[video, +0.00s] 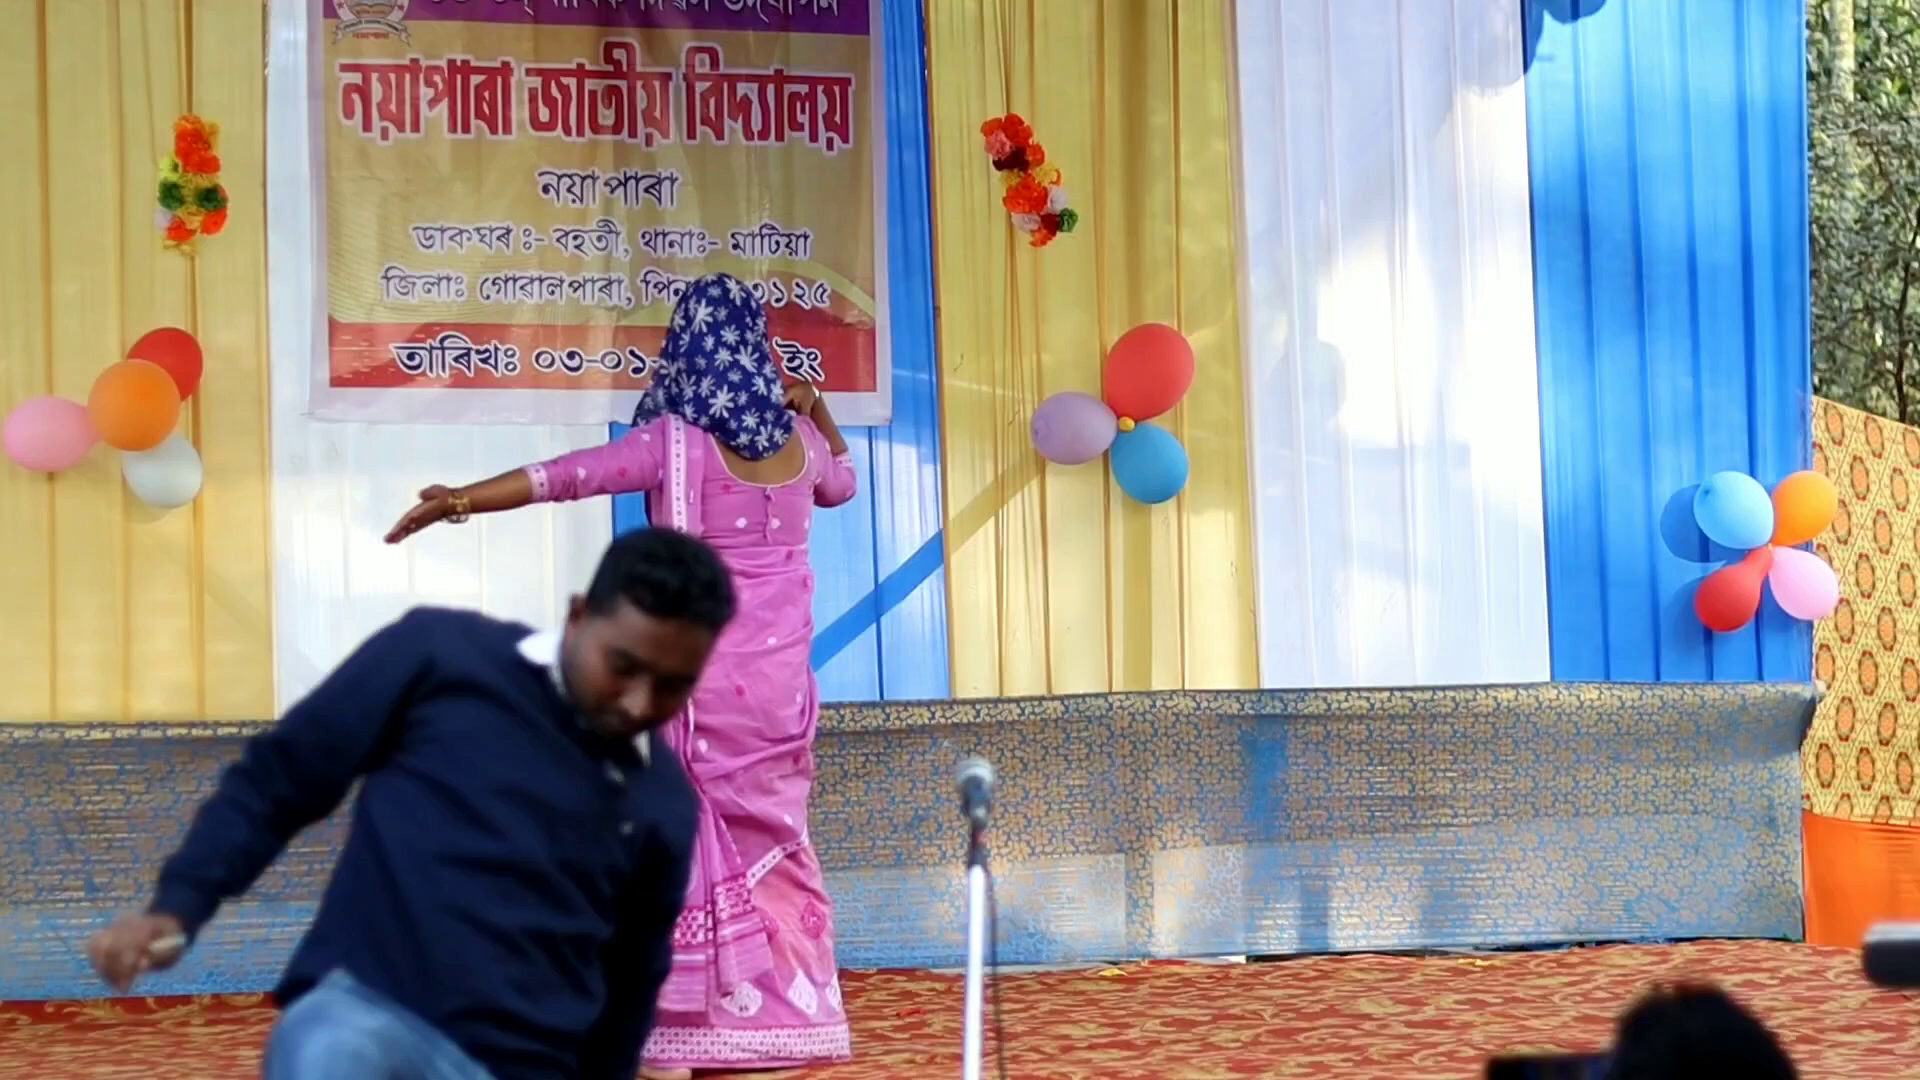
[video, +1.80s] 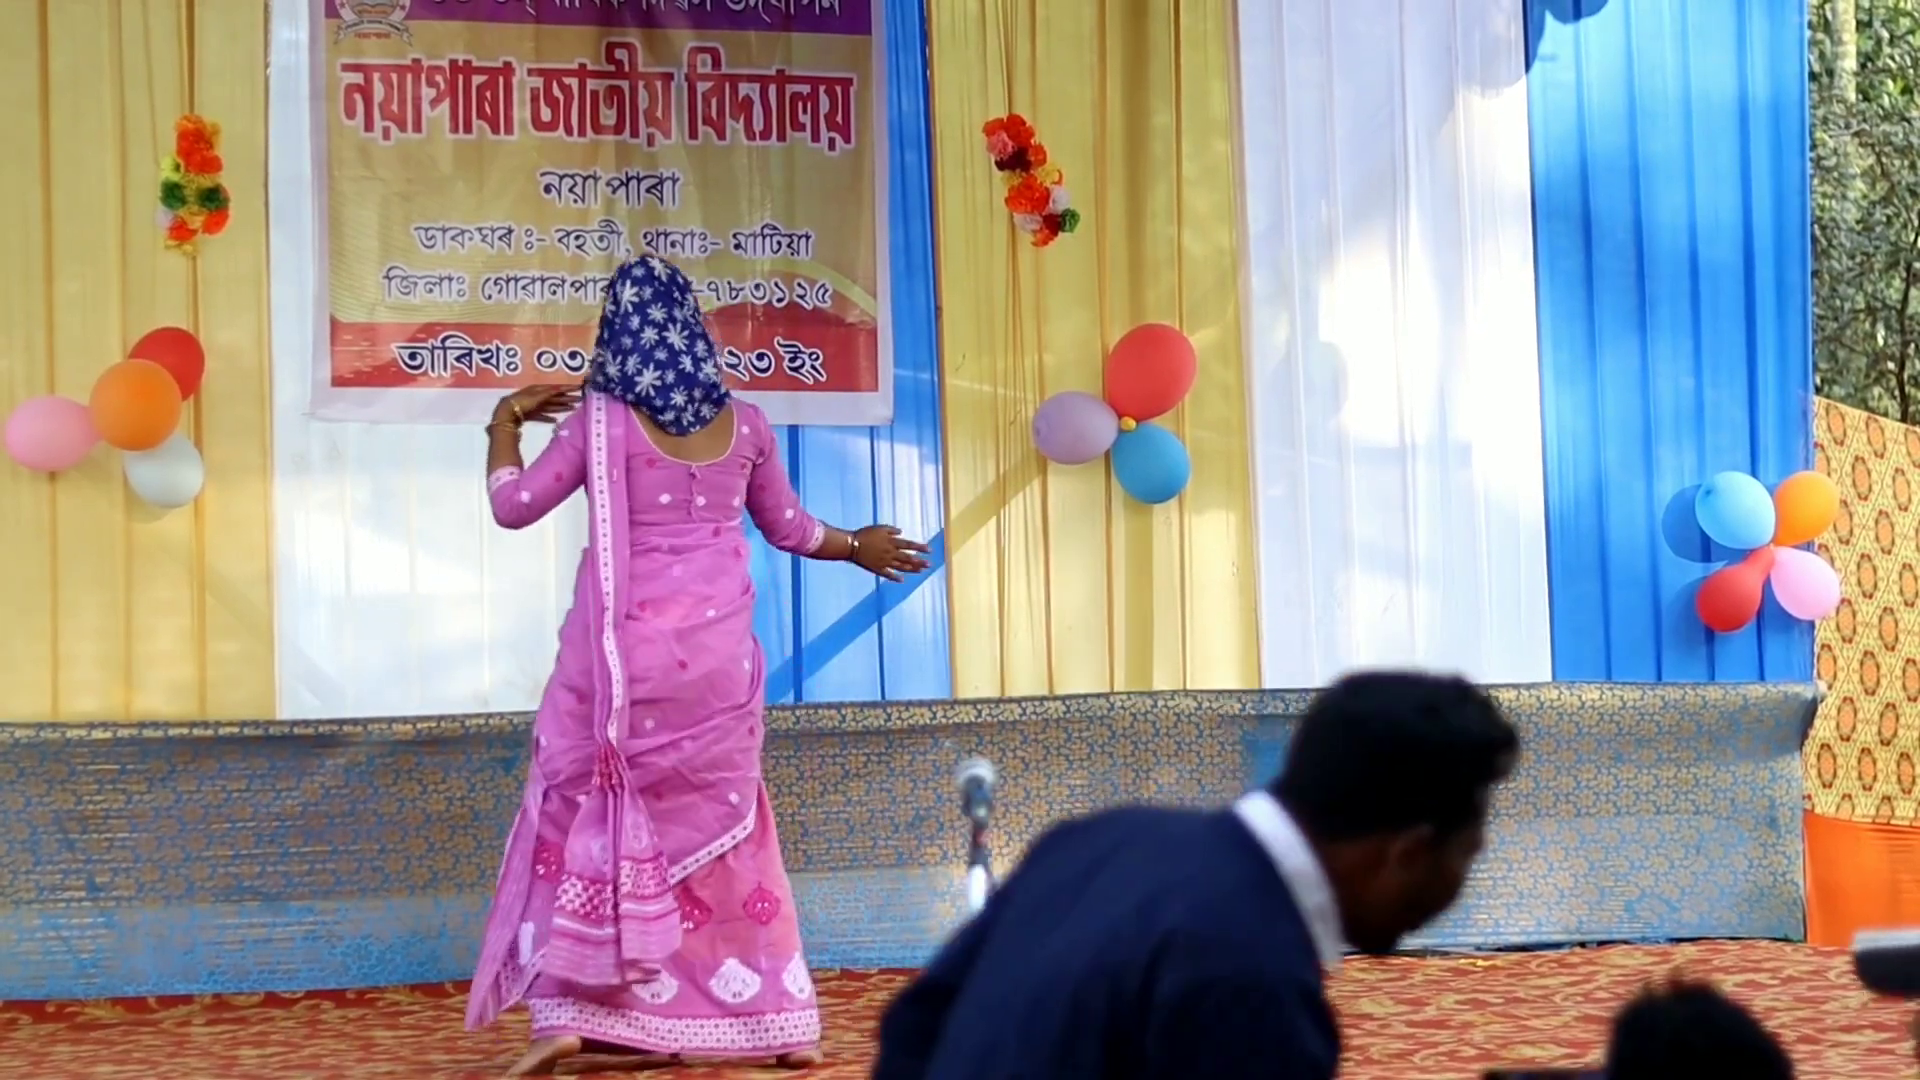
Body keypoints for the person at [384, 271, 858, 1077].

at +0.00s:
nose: (666, 362)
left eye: (672, 349)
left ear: (681, 355)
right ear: (756, 353)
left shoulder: (670, 443)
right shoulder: (796, 444)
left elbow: (564, 476)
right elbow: (841, 486)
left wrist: (462, 498)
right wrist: (816, 414)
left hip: (701, 670)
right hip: (784, 673)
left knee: (690, 841)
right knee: (781, 837)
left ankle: (702, 1019)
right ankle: (799, 1010)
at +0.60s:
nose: (707, 340)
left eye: (716, 329)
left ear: (726, 340)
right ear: (803, 340)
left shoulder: (702, 429)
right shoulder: (839, 428)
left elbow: (609, 508)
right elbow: (914, 474)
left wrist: (506, 579)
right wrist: (878, 395)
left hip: (737, 663)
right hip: (835, 659)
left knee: (697, 817)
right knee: (822, 827)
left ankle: (698, 1015)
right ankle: (810, 1018)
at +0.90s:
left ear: (730, 377)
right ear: (818, 383)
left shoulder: (687, 458)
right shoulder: (841, 474)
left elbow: (616, 538)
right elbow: (940, 544)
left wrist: (574, 520)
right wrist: (969, 479)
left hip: (726, 677)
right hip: (828, 675)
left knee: (736, 834)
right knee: (821, 840)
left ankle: (736, 1015)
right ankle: (814, 1023)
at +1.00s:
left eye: (716, 352)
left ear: (722, 361)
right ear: (812, 366)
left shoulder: (679, 443)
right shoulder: (832, 458)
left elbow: (590, 514)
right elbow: (934, 519)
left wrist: (572, 467)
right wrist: (1000, 484)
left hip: (694, 671)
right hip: (802, 669)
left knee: (641, 814)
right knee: (819, 838)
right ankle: (816, 1028)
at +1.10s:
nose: (681, 342)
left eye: (690, 329)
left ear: (699, 337)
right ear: (785, 338)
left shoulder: (662, 419)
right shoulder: (814, 425)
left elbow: (569, 488)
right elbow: (908, 474)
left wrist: (578, 401)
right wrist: (1002, 509)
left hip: (662, 650)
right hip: (767, 650)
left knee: (591, 814)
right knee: (757, 828)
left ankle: (566, 1013)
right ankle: (765, 1010)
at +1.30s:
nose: (643, 352)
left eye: (650, 341)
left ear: (657, 351)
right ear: (733, 348)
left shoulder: (627, 435)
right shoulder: (770, 439)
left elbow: (530, 494)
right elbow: (858, 512)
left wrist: (555, 407)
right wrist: (949, 551)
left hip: (624, 660)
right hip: (726, 666)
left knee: (591, 816)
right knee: (714, 835)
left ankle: (589, 1017)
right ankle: (711, 1013)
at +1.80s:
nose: (604, 342)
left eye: (609, 330)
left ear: (616, 338)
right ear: (695, 331)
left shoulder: (601, 421)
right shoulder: (744, 423)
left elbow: (513, 504)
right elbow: (787, 527)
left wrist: (504, 418)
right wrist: (856, 545)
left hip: (622, 650)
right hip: (721, 651)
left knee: (592, 813)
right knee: (731, 822)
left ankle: (584, 1009)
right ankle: (772, 1012)